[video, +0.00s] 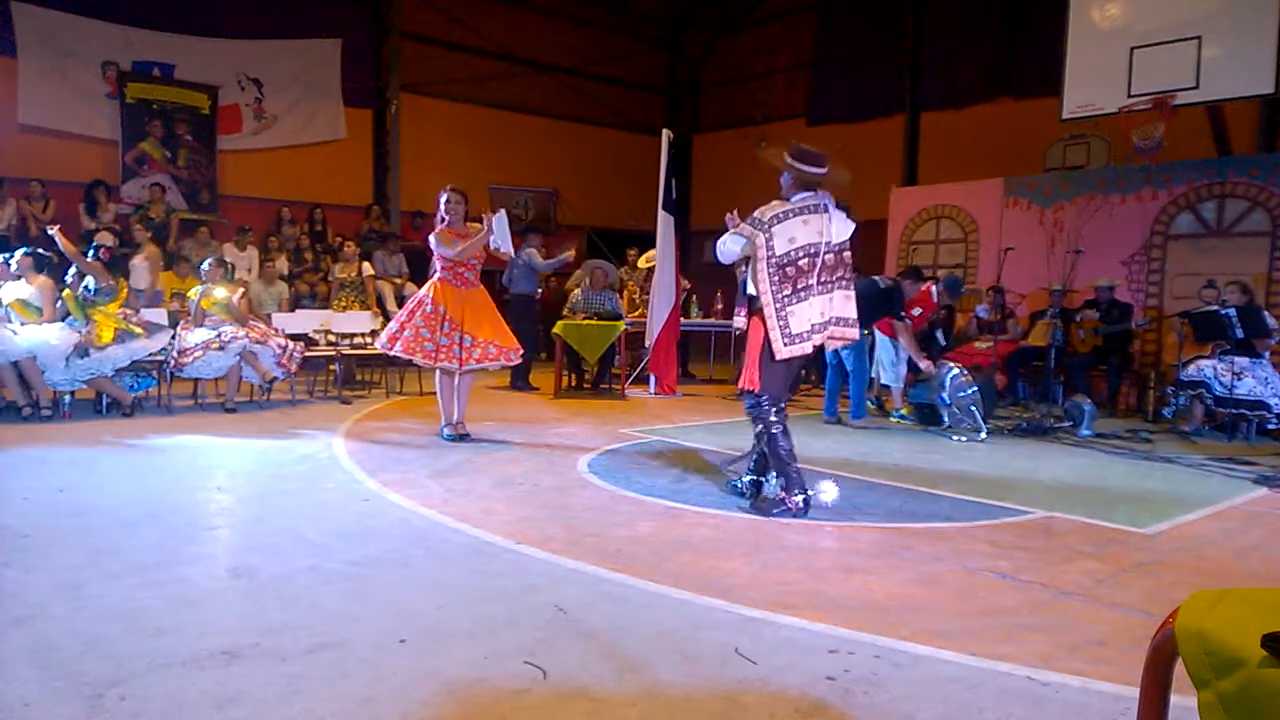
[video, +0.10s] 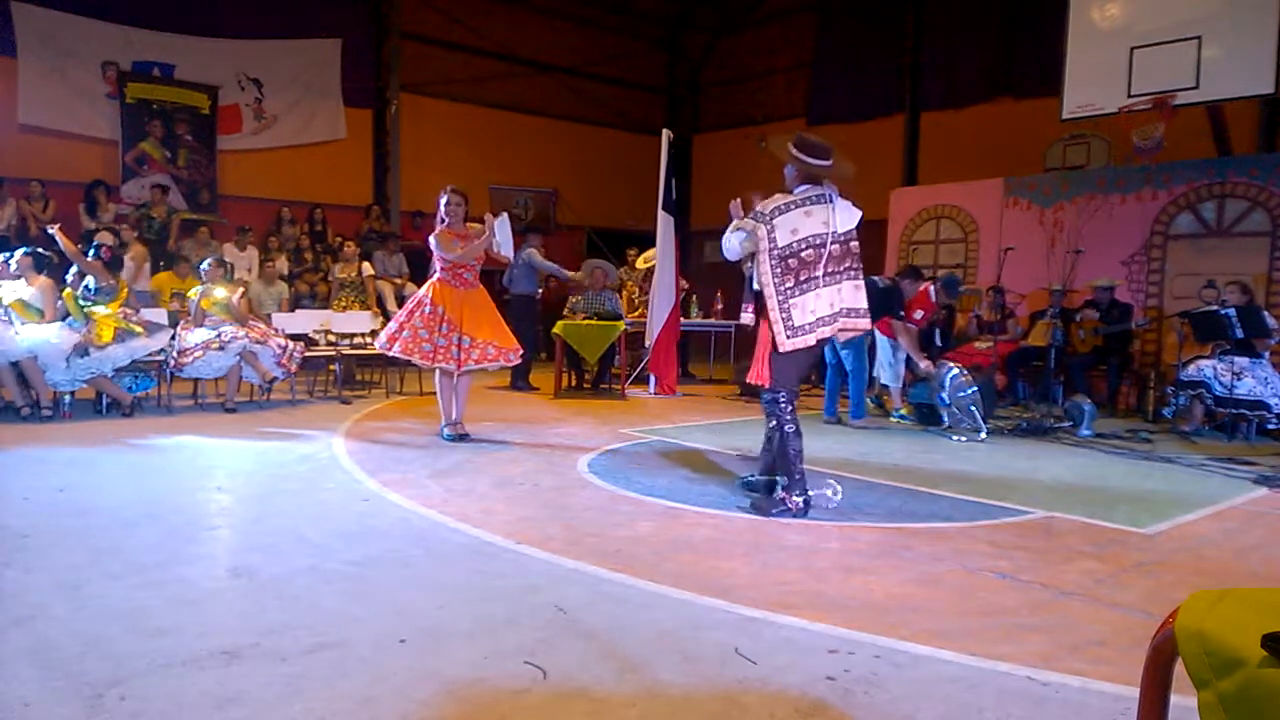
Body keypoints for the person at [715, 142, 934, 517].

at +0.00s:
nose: (781, 177)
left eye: (786, 173)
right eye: (784, 172)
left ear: (793, 179)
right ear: (819, 181)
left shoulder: (771, 217)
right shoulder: (836, 219)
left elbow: (725, 252)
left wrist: (734, 231)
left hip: (776, 321)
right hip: (811, 321)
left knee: (762, 400)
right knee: (771, 399)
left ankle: (793, 490)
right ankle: (756, 474)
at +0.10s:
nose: (784, 169)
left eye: (788, 164)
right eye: (787, 163)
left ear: (797, 170)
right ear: (823, 172)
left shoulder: (775, 210)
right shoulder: (841, 209)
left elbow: (732, 248)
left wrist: (738, 221)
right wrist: (764, 212)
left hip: (788, 319)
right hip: (824, 317)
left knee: (778, 399)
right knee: (780, 395)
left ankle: (795, 494)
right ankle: (768, 473)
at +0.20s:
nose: (790, 165)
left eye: (794, 162)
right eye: (793, 161)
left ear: (799, 167)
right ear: (831, 170)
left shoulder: (780, 210)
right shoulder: (844, 207)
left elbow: (745, 249)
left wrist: (741, 215)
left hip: (802, 318)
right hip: (832, 313)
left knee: (791, 397)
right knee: (790, 396)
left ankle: (795, 494)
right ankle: (794, 485)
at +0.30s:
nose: (798, 164)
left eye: (803, 160)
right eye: (802, 159)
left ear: (810, 167)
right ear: (838, 169)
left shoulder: (792, 209)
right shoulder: (850, 207)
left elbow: (754, 248)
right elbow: (860, 270)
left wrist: (762, 208)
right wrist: (868, 321)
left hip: (800, 317)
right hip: (835, 314)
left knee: (791, 398)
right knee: (807, 395)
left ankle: (793, 494)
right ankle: (830, 480)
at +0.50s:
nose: (813, 168)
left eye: (818, 163)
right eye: (817, 162)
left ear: (830, 168)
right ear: (853, 172)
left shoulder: (809, 211)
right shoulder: (867, 209)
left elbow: (772, 255)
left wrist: (761, 212)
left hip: (805, 318)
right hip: (847, 319)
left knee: (794, 403)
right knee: (846, 406)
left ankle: (793, 495)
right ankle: (869, 499)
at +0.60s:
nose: (820, 168)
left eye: (824, 162)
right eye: (823, 162)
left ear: (835, 166)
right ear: (858, 169)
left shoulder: (820, 209)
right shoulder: (881, 212)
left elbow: (779, 250)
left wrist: (780, 214)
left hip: (817, 317)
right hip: (859, 318)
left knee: (802, 404)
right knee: (854, 405)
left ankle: (793, 495)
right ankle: (870, 499)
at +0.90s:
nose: (825, 169)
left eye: (829, 163)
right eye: (828, 163)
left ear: (841, 166)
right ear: (863, 168)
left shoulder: (828, 210)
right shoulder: (886, 210)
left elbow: (784, 249)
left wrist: (774, 209)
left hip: (823, 320)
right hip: (865, 321)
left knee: (798, 398)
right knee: (863, 403)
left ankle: (791, 494)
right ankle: (872, 498)